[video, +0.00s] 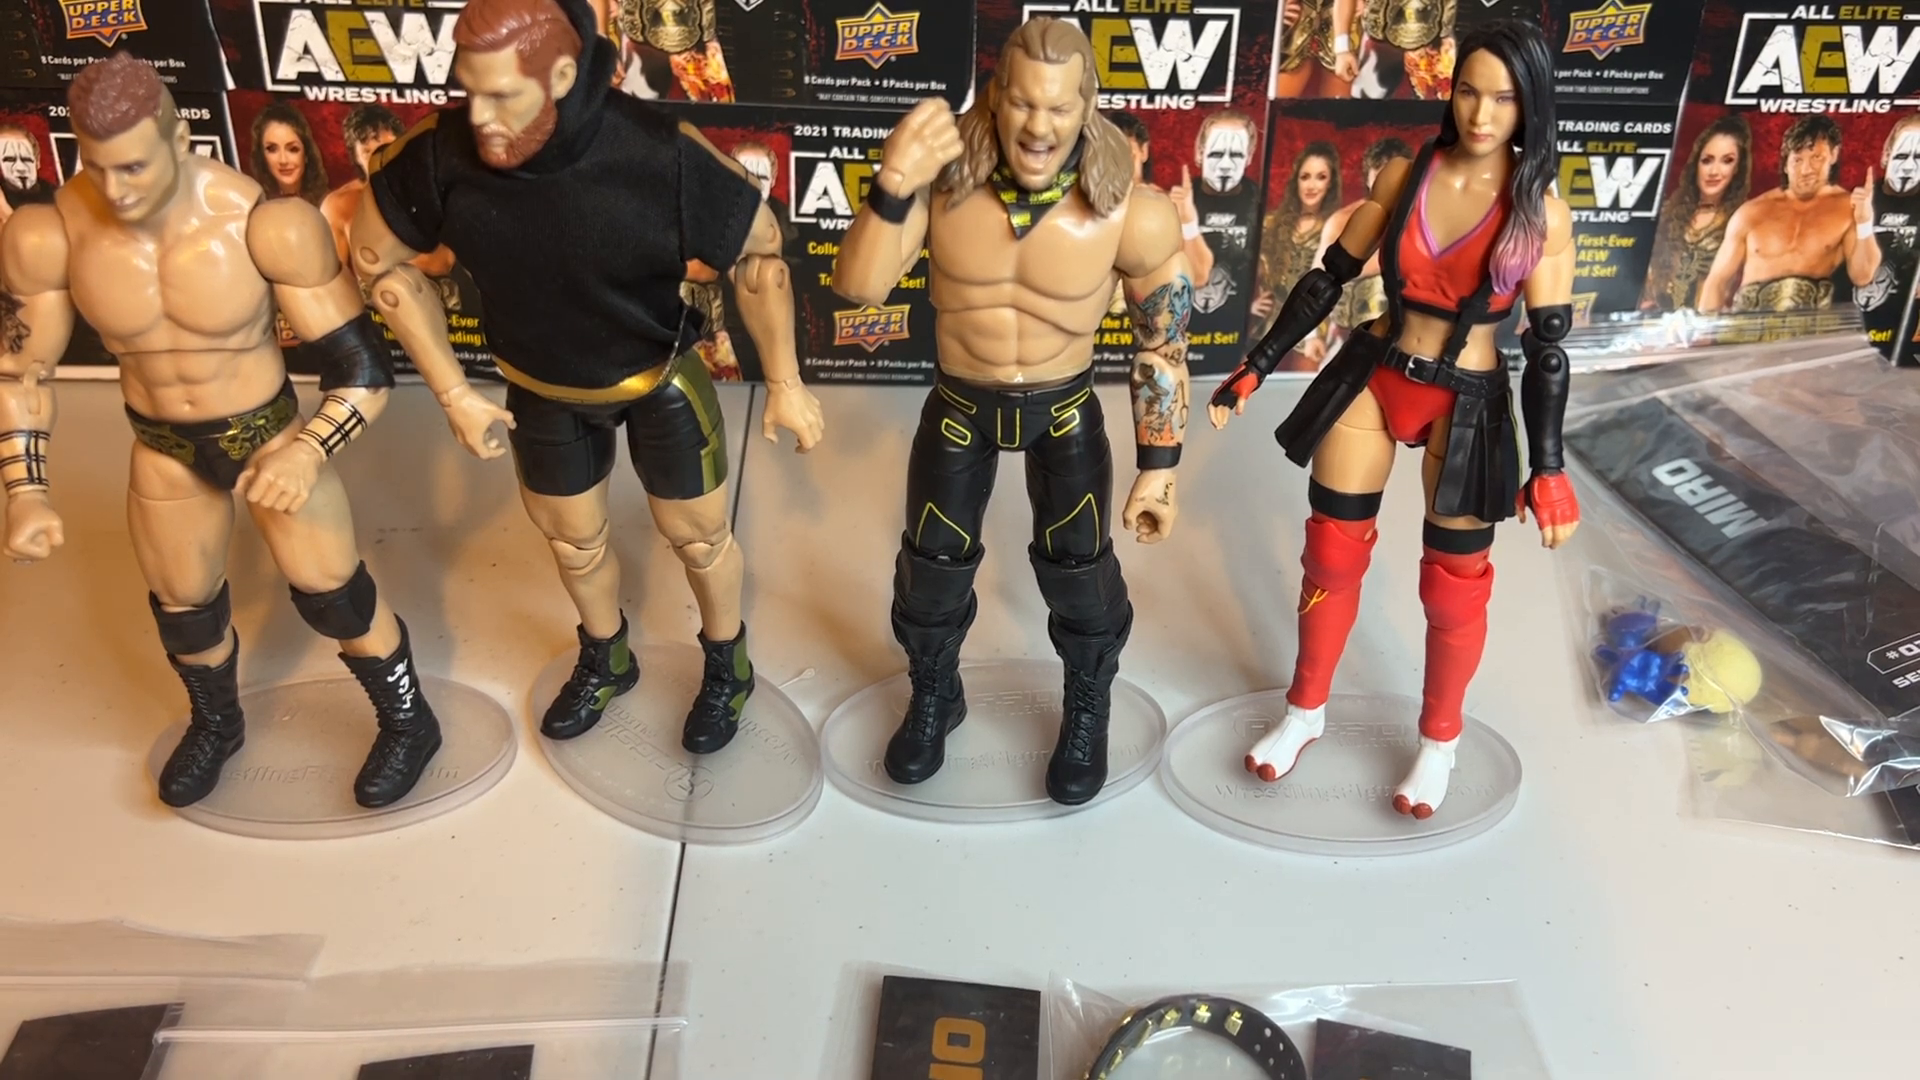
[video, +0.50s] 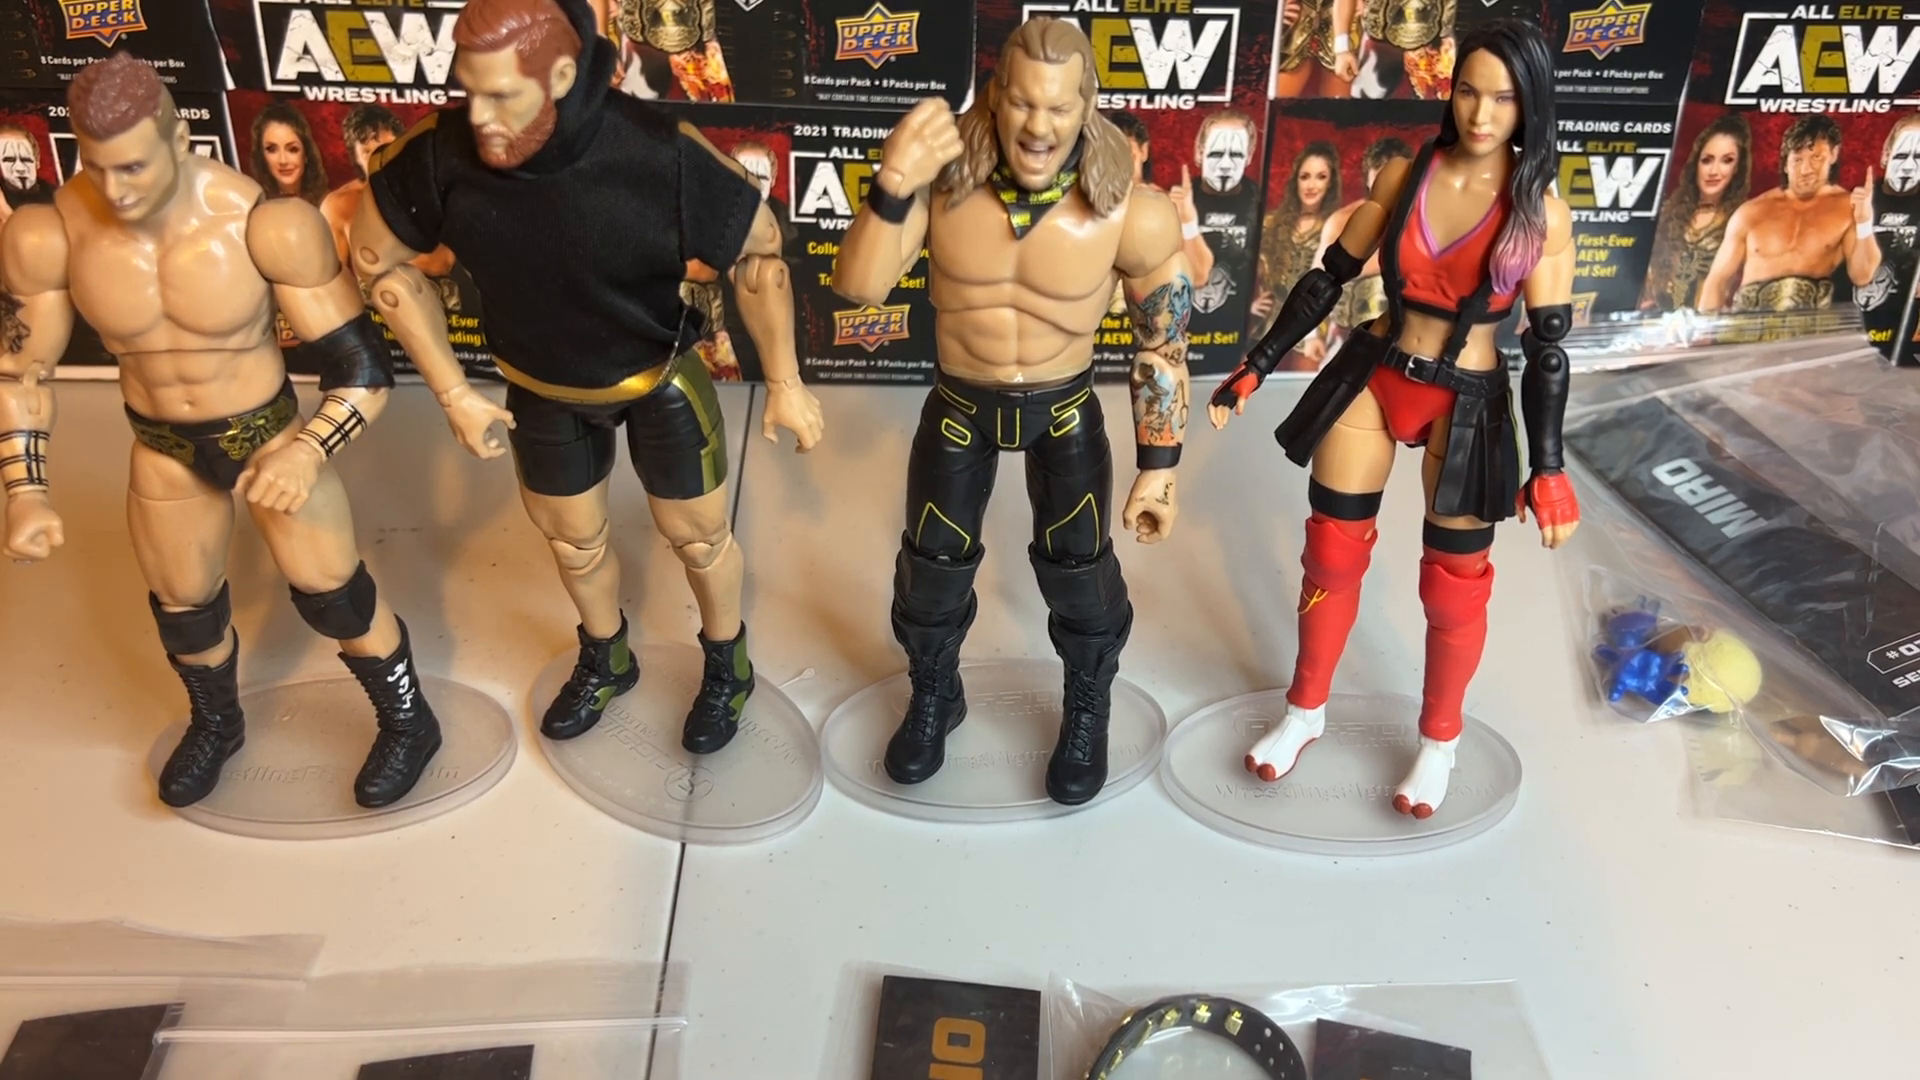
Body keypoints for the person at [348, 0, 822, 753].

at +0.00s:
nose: (481, 118)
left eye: (502, 96)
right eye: (468, 95)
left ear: (563, 76)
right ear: (457, 82)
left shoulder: (653, 154)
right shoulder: (443, 158)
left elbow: (757, 245)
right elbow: (372, 251)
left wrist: (784, 381)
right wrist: (453, 392)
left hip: (660, 380)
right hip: (541, 393)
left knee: (700, 540)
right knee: (575, 547)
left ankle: (726, 665)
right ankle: (607, 659)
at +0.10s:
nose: (481, 119)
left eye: (503, 97)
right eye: (468, 96)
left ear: (563, 77)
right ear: (457, 82)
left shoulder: (653, 155)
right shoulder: (443, 159)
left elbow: (757, 247)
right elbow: (372, 252)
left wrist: (784, 382)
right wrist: (453, 392)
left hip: (661, 382)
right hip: (541, 395)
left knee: (701, 541)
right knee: (575, 547)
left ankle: (726, 667)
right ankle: (607, 660)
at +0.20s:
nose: (481, 119)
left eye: (502, 96)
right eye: (468, 95)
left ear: (563, 75)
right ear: (456, 80)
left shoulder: (653, 155)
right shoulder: (443, 158)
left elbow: (757, 246)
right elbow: (372, 251)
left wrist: (784, 381)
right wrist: (453, 392)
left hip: (661, 382)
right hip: (542, 394)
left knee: (700, 540)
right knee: (575, 545)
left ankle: (726, 666)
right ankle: (607, 660)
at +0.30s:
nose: (481, 119)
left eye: (503, 96)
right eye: (468, 95)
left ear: (564, 76)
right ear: (457, 81)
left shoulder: (653, 155)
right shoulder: (443, 158)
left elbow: (757, 245)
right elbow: (372, 252)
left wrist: (784, 382)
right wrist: (453, 392)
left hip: (661, 382)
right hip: (542, 395)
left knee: (700, 540)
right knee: (575, 546)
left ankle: (726, 667)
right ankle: (607, 661)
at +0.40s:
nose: (481, 119)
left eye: (503, 96)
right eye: (468, 95)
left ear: (563, 76)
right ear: (457, 81)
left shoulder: (653, 155)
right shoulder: (443, 159)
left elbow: (757, 246)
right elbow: (372, 252)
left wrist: (784, 381)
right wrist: (453, 392)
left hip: (661, 381)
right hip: (541, 394)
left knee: (700, 540)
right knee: (575, 546)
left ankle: (726, 667)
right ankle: (607, 660)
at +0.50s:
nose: (480, 119)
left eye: (502, 96)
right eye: (468, 95)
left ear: (563, 76)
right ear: (456, 81)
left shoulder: (653, 155)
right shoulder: (442, 159)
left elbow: (757, 245)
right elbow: (372, 251)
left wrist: (784, 381)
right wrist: (453, 392)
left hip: (661, 381)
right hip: (541, 393)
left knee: (700, 540)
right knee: (575, 545)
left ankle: (726, 667)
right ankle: (607, 660)